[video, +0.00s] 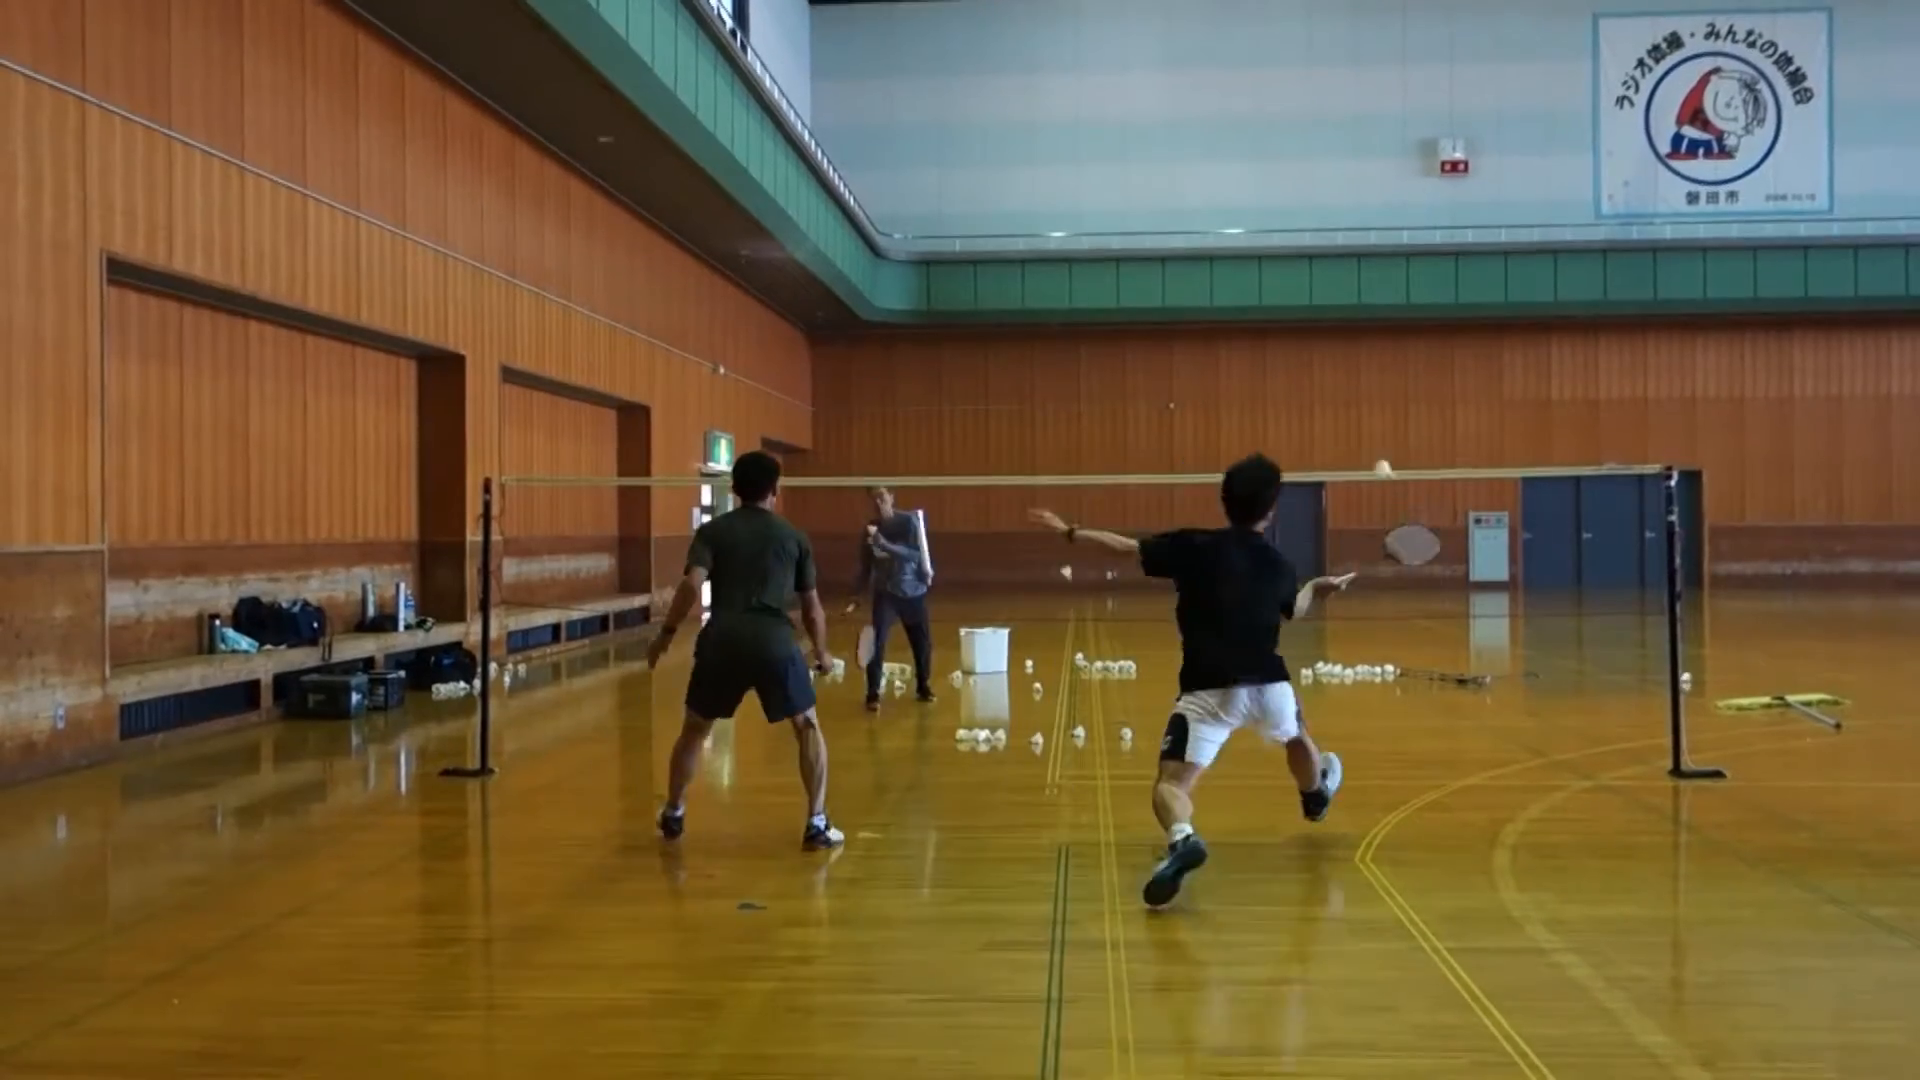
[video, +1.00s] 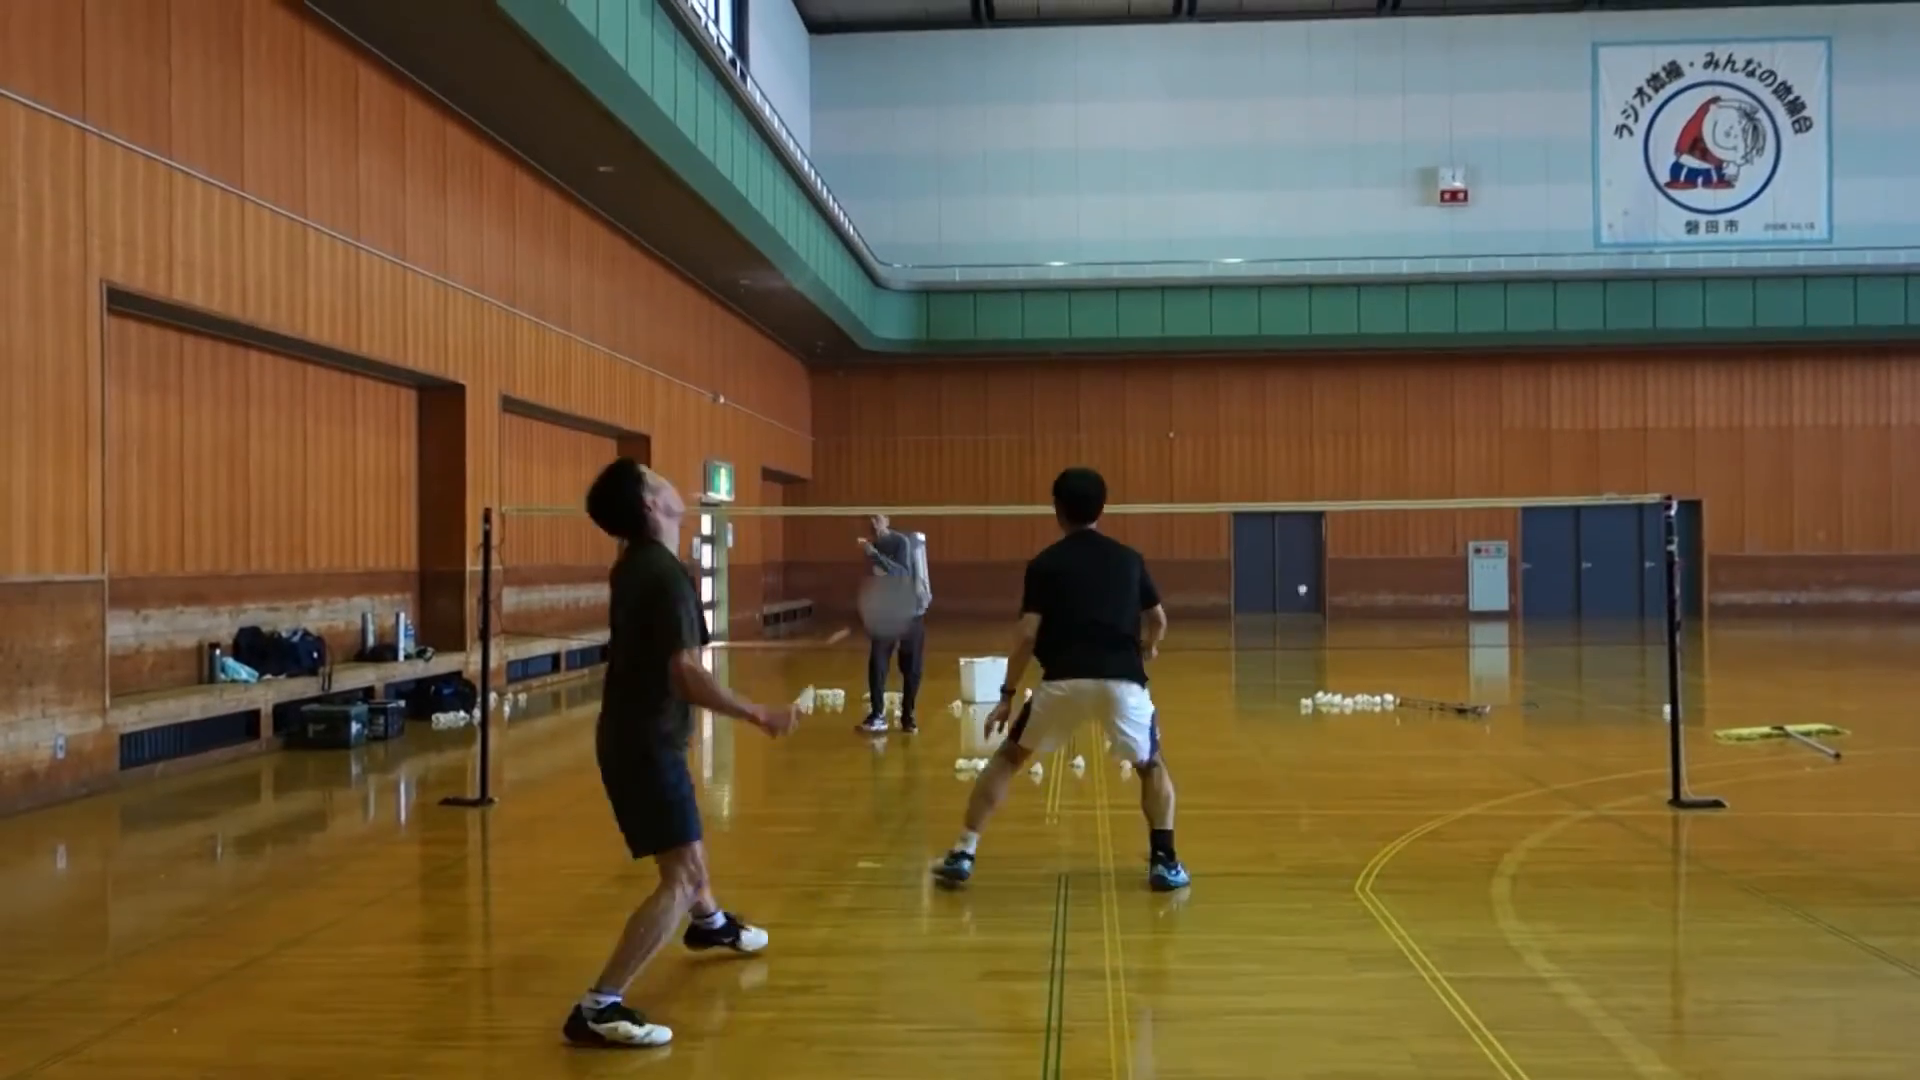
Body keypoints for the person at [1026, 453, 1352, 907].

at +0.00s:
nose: (1276, 508)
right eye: (1275, 502)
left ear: (1225, 501)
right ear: (1270, 510)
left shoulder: (1194, 547)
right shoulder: (1278, 565)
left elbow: (1130, 547)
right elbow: (1296, 610)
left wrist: (1070, 531)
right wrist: (1317, 586)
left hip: (1206, 687)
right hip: (1268, 684)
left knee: (1171, 784)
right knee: (1297, 739)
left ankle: (1182, 839)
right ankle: (1314, 795)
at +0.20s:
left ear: (1293, 539)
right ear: (1335, 549)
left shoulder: (1263, 578)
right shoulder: (1336, 600)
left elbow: (1251, 614)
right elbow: (1353, 631)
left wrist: (1237, 648)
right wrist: (1334, 617)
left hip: (1257, 705)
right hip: (1311, 708)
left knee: (1213, 793)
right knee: (1358, 735)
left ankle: (1209, 831)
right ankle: (1360, 808)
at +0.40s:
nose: (1262, 502)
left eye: (1262, 495)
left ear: (1260, 501)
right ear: (1301, 506)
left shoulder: (1236, 540)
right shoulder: (1316, 564)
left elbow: (1198, 564)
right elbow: (1341, 634)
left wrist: (1187, 623)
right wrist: (1356, 686)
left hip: (1234, 657)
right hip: (1293, 660)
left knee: (1190, 741)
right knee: (1330, 728)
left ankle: (1202, 796)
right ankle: (1356, 805)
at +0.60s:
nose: (1184, 500)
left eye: (1187, 494)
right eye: (1187, 493)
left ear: (1195, 501)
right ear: (1232, 504)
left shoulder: (1174, 551)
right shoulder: (1258, 548)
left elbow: (1128, 599)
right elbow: (1311, 595)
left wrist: (1106, 619)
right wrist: (1337, 609)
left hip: (1192, 667)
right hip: (1253, 665)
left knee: (1136, 740)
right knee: (1295, 728)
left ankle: (1080, 818)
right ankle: (1329, 818)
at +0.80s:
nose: (1103, 502)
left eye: (1106, 495)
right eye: (1105, 494)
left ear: (1117, 502)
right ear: (1152, 505)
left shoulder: (1091, 553)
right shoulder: (1174, 552)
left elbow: (1078, 622)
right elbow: (1205, 619)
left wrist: (1081, 665)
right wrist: (1210, 659)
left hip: (1113, 672)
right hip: (1171, 670)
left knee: (1080, 749)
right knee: (1224, 744)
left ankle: (1063, 835)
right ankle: (1264, 832)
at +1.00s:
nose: (1059, 509)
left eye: (1057, 503)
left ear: (1058, 508)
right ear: (1102, 509)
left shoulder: (1044, 564)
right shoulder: (1128, 559)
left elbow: (1027, 634)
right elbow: (1155, 619)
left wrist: (1007, 694)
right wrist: (1141, 658)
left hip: (1063, 680)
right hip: (1122, 680)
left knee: (1008, 759)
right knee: (1152, 766)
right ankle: (1164, 862)